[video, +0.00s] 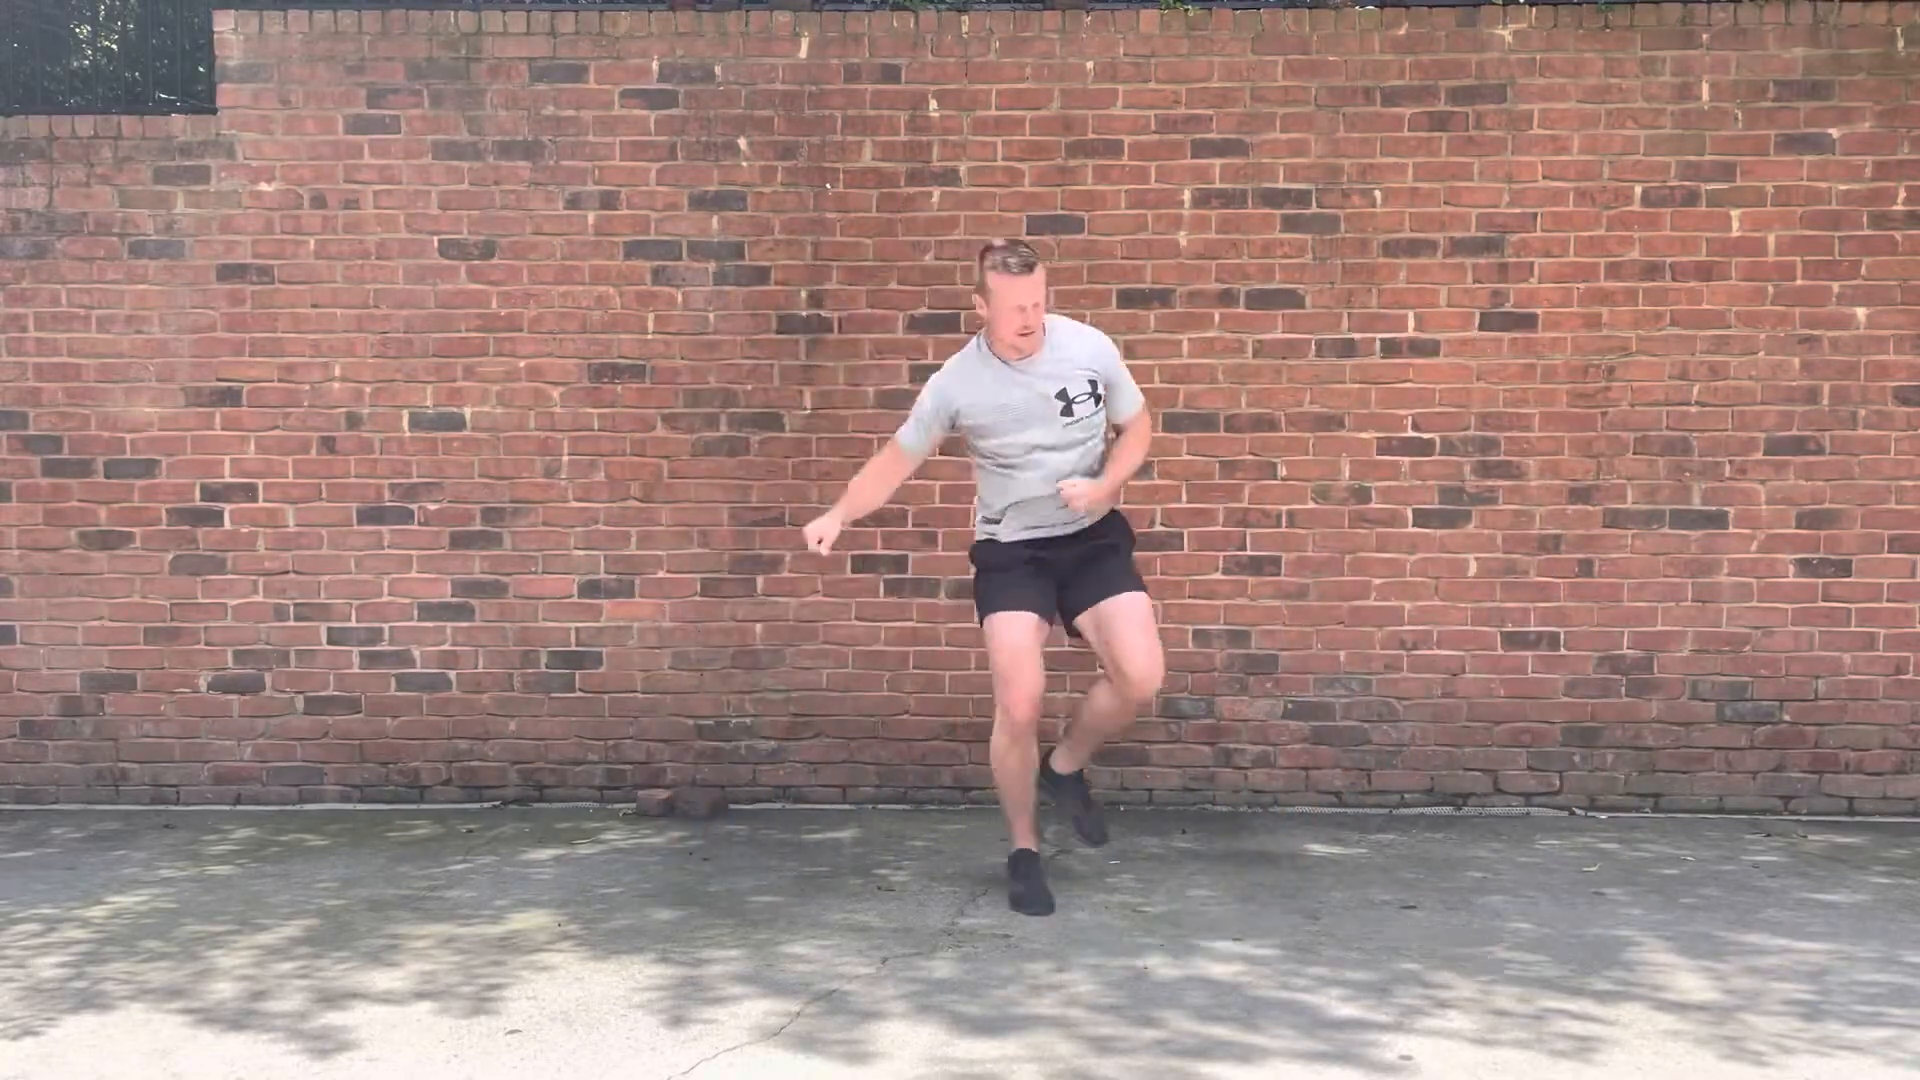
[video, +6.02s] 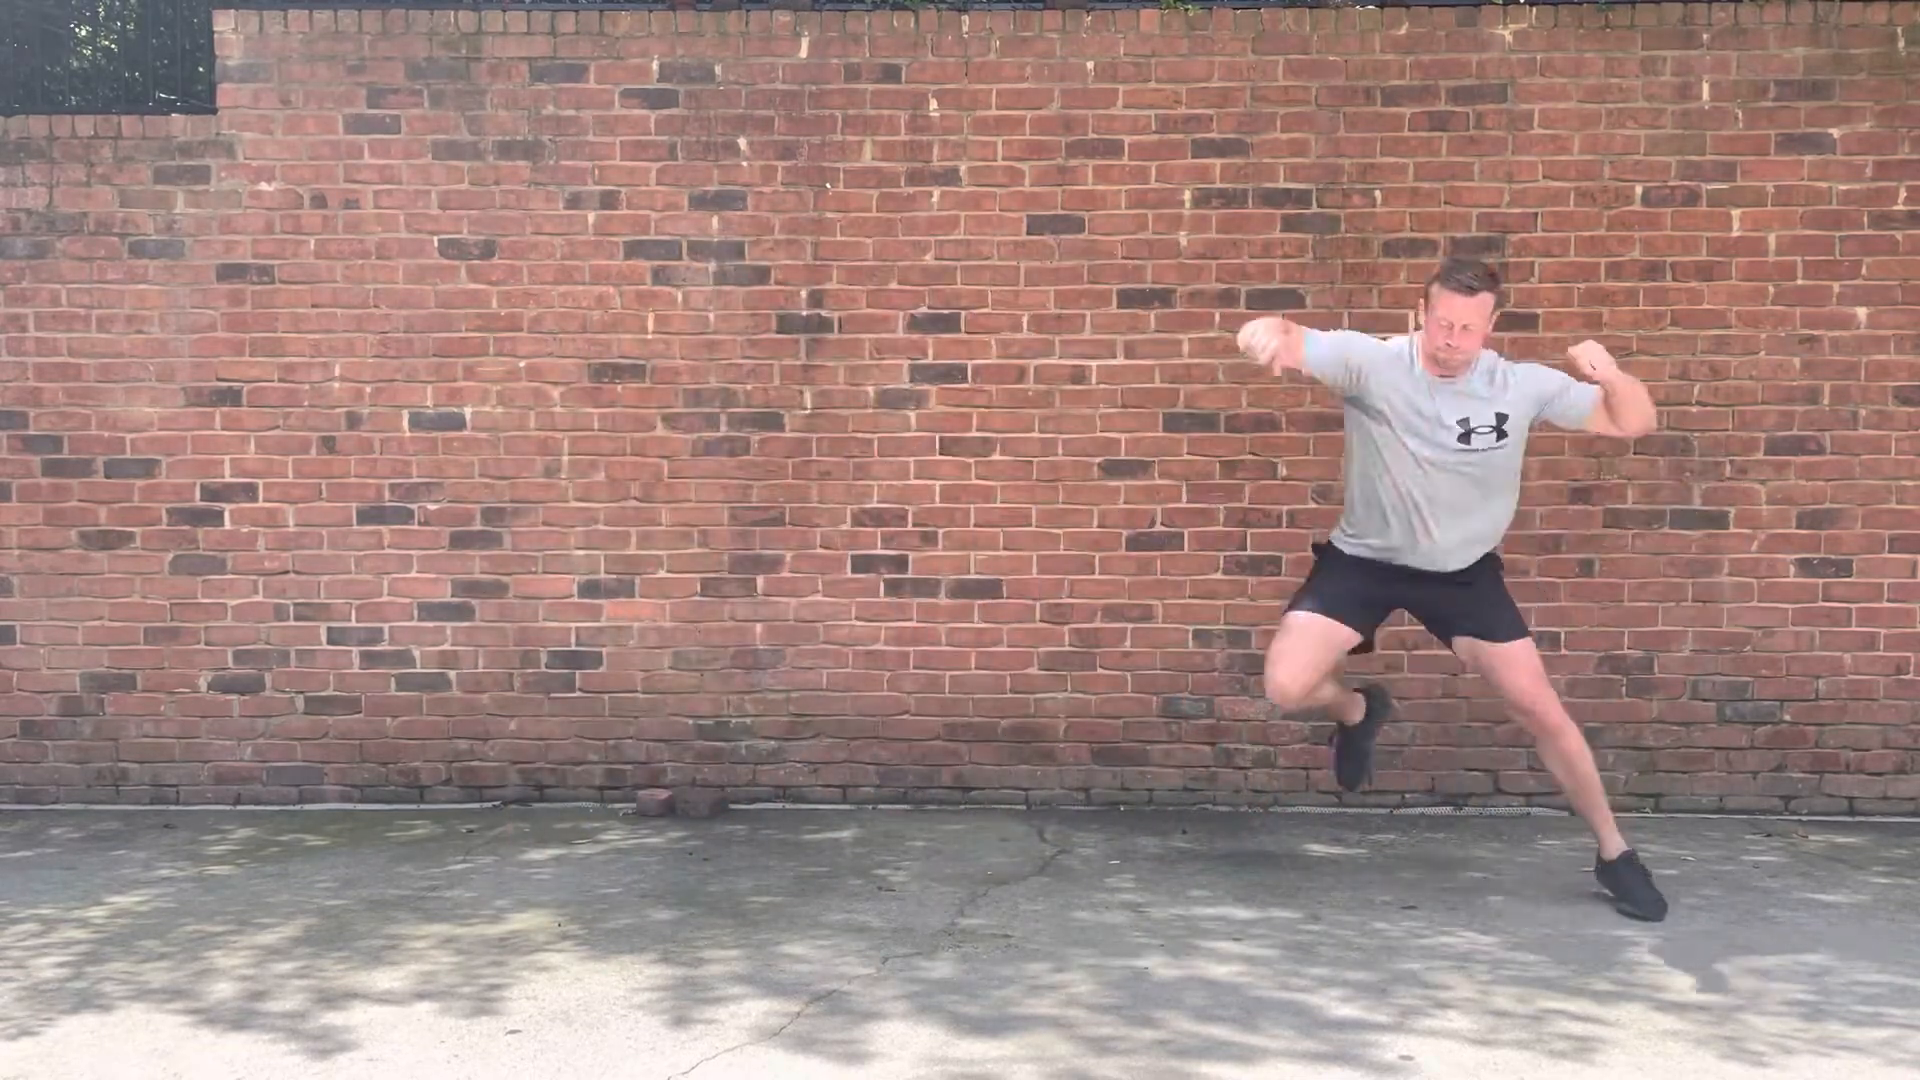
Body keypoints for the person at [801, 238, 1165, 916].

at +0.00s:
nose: (1029, 319)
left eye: (1037, 304)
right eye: (1013, 307)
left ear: (1048, 297)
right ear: (982, 306)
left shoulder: (1089, 348)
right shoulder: (954, 384)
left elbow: (1136, 423)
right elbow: (895, 459)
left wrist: (1106, 486)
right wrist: (839, 514)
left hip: (1095, 537)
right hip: (1011, 549)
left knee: (1141, 677)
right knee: (1020, 708)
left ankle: (1065, 767)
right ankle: (1024, 850)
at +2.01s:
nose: (626, 471)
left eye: (634, 453)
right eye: (612, 460)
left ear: (661, 432)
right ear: (598, 456)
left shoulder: (726, 470)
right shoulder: (603, 523)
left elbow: (831, 532)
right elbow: (549, 612)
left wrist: (754, 571)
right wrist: (494, 681)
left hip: (750, 642)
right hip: (662, 637)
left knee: (722, 792)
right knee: (596, 756)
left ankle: (657, 804)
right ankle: (569, 867)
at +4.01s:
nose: (1020, 283)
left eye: (1036, 271)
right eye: (1011, 268)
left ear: (1066, 268)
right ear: (997, 259)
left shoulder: (1097, 347)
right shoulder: (957, 304)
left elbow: (1184, 429)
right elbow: (871, 305)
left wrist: (1141, 435)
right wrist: (840, 310)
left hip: (1048, 535)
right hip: (952, 511)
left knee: (1118, 692)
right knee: (840, 615)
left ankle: (1192, 858)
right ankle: (885, 714)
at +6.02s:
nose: (1452, 340)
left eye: (1468, 329)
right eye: (1443, 324)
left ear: (1490, 327)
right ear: (1423, 312)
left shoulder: (1521, 385)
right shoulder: (1372, 361)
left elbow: (1633, 420)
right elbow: (1275, 339)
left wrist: (1609, 370)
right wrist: (1272, 334)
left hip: (1464, 571)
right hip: (1362, 561)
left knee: (1539, 707)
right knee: (1285, 685)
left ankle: (1614, 852)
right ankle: (1357, 712)